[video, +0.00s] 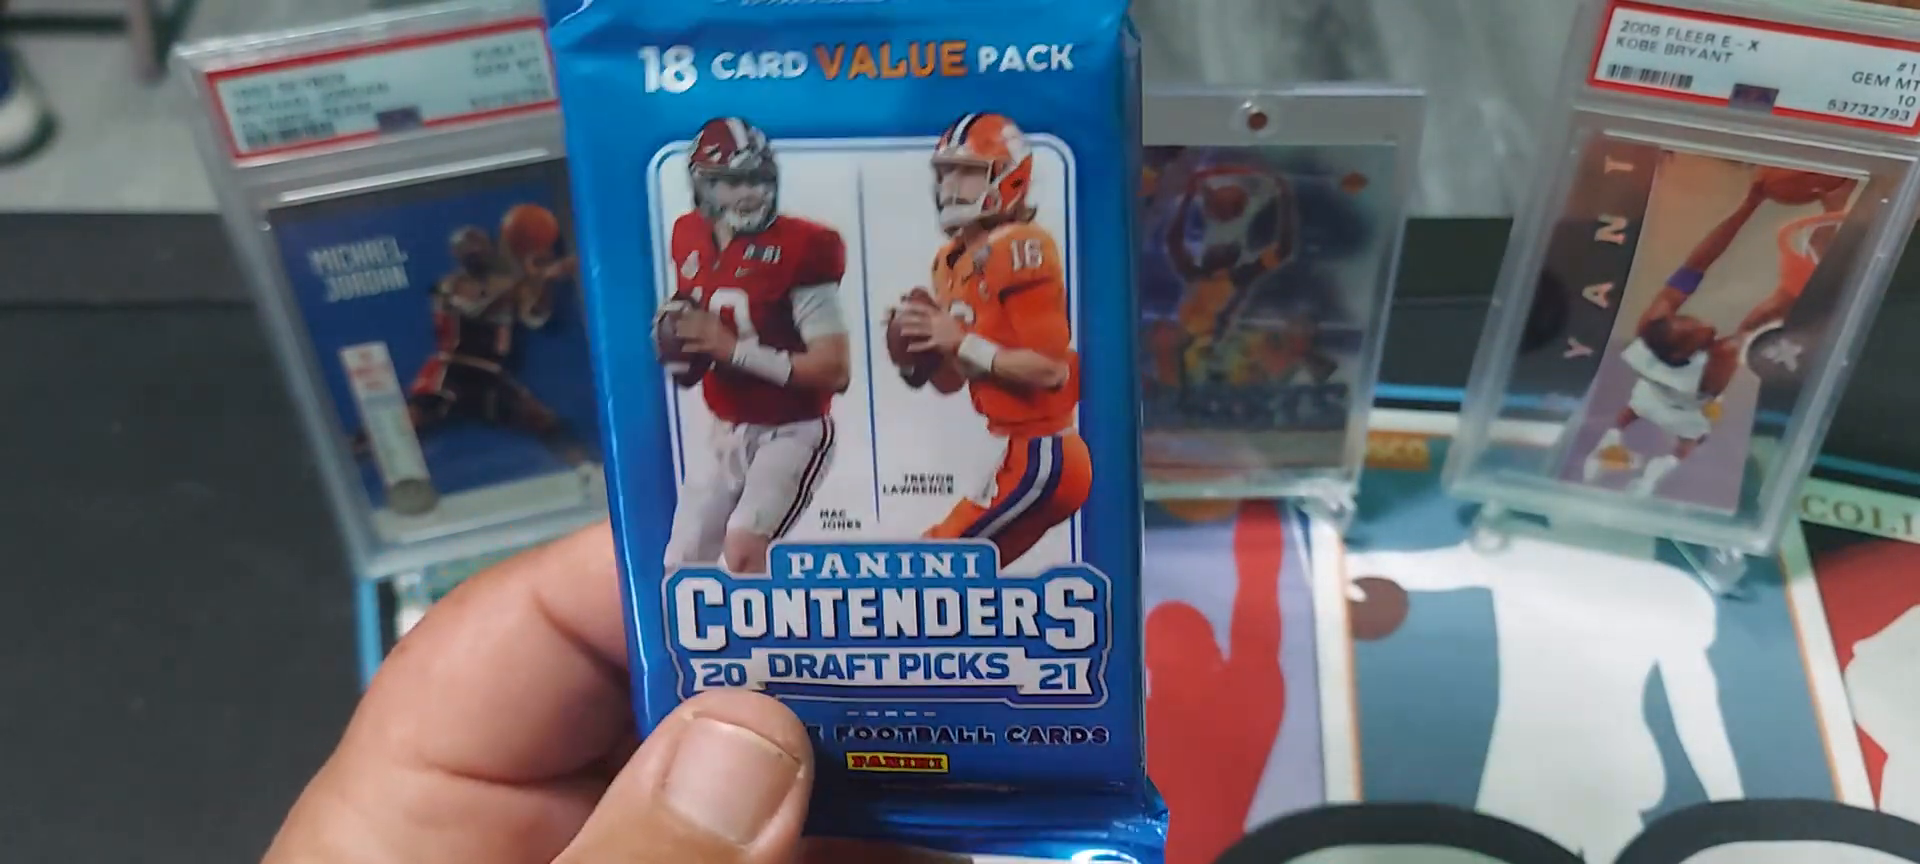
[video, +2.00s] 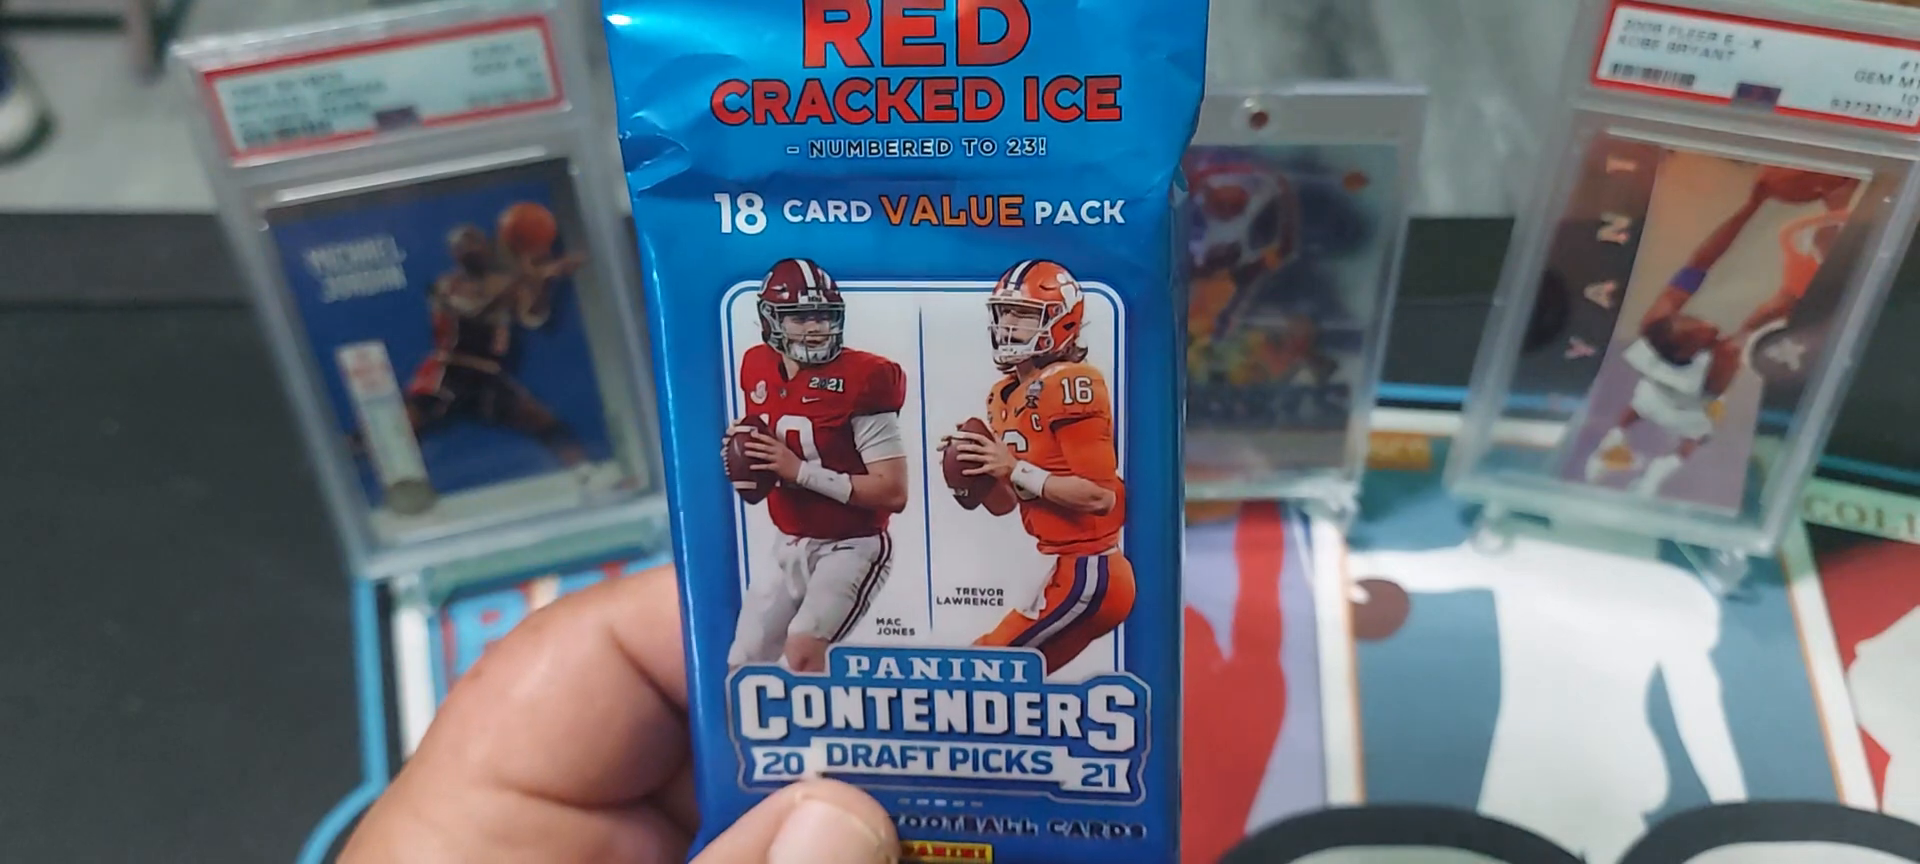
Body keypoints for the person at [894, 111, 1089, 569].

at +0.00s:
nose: (952, 187)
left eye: (970, 173)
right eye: (947, 173)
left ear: (1007, 178)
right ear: (937, 177)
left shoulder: (1020, 247)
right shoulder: (949, 260)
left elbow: (1050, 368)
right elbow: (950, 380)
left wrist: (957, 340)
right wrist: (920, 349)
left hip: (1042, 457)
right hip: (1012, 453)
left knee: (928, 572)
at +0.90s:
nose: (932, 242)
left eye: (950, 229)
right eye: (927, 229)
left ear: (990, 233)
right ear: (918, 233)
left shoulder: (1005, 303)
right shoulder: (932, 314)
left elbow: (1036, 421)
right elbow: (935, 430)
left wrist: (942, 391)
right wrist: (902, 396)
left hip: (1030, 506)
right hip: (1002, 503)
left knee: (914, 610)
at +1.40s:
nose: (965, 305)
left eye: (981, 293)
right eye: (960, 291)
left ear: (1019, 298)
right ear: (950, 295)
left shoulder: (1033, 363)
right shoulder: (963, 375)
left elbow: (1065, 476)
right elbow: (967, 485)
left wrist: (975, 448)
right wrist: (935, 455)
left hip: (1060, 555)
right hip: (1034, 551)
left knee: (950, 657)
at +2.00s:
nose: (1008, 327)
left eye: (1023, 316)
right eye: (1003, 314)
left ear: (1059, 320)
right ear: (994, 317)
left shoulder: (1073, 384)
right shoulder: (1003, 394)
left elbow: (1098, 494)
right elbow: (1002, 503)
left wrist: (1012, 468)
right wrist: (972, 465)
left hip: (1089, 574)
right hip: (1065, 570)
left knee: (978, 674)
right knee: (994, 683)